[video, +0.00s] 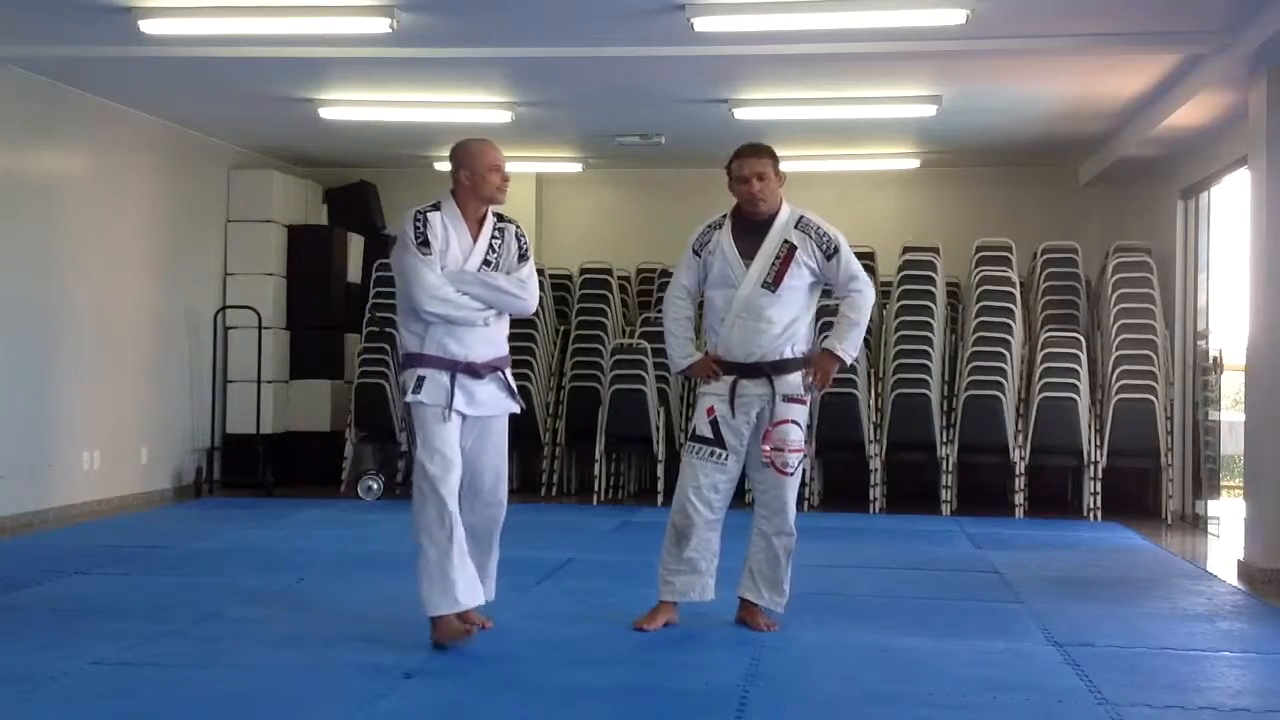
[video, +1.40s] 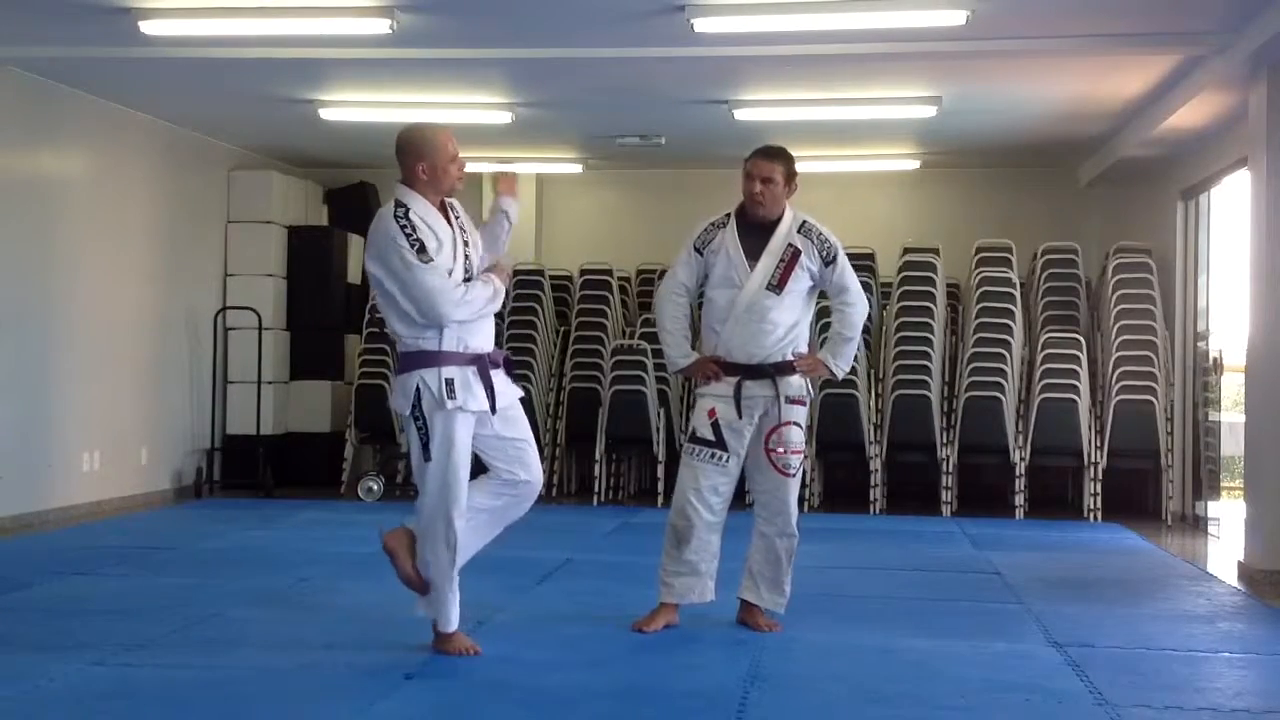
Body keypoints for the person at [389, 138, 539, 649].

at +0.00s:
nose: (506, 178)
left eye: (505, 170)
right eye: (495, 171)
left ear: (497, 177)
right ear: (462, 177)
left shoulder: (508, 232)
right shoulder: (424, 223)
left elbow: (529, 297)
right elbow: (426, 298)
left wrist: (453, 275)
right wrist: (493, 306)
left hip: (489, 376)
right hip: (433, 373)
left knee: (487, 491)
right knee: (440, 486)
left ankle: (468, 600)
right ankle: (443, 611)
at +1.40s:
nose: (463, 166)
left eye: (461, 158)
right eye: (455, 159)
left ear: (431, 168)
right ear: (424, 170)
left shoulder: (451, 213)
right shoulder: (395, 227)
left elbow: (483, 263)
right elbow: (439, 304)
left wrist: (505, 206)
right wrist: (495, 285)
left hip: (484, 372)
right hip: (434, 378)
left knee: (521, 479)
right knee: (444, 503)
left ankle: (418, 542)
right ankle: (447, 627)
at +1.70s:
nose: (448, 165)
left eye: (446, 157)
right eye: (440, 158)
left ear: (415, 166)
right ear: (411, 167)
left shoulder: (427, 216)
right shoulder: (389, 218)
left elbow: (466, 277)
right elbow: (439, 296)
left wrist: (488, 241)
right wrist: (479, 292)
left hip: (460, 373)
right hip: (428, 376)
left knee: (471, 490)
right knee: (444, 501)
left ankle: (364, 562)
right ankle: (446, 629)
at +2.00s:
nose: (431, 168)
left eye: (428, 158)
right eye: (420, 159)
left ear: (393, 168)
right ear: (388, 168)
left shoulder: (413, 219)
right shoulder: (359, 220)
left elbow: (469, 266)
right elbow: (413, 299)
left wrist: (432, 274)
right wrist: (448, 295)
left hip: (414, 376)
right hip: (382, 378)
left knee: (385, 497)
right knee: (414, 501)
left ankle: (322, 600)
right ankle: (440, 624)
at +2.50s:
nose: (411, 165)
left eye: (409, 157)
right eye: (402, 156)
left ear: (377, 165)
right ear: (369, 164)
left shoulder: (395, 223)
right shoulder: (341, 212)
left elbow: (435, 288)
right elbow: (380, 294)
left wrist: (387, 269)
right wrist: (418, 290)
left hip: (379, 374)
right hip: (347, 373)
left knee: (342, 493)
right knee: (364, 501)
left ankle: (309, 609)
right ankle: (356, 633)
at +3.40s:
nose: (433, 159)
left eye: (431, 150)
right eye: (423, 151)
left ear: (399, 156)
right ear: (391, 157)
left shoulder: (421, 212)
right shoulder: (360, 213)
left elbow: (455, 275)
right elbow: (402, 303)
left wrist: (406, 273)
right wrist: (438, 284)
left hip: (406, 375)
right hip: (360, 376)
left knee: (423, 490)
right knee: (363, 502)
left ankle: (374, 602)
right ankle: (348, 635)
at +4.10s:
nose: (502, 180)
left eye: (502, 170)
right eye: (497, 170)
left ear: (472, 171)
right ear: (466, 171)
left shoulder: (489, 224)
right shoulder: (416, 221)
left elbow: (525, 288)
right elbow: (451, 300)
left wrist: (465, 276)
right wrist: (499, 300)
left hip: (484, 375)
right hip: (432, 372)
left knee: (485, 494)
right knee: (432, 485)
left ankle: (455, 614)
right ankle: (378, 619)